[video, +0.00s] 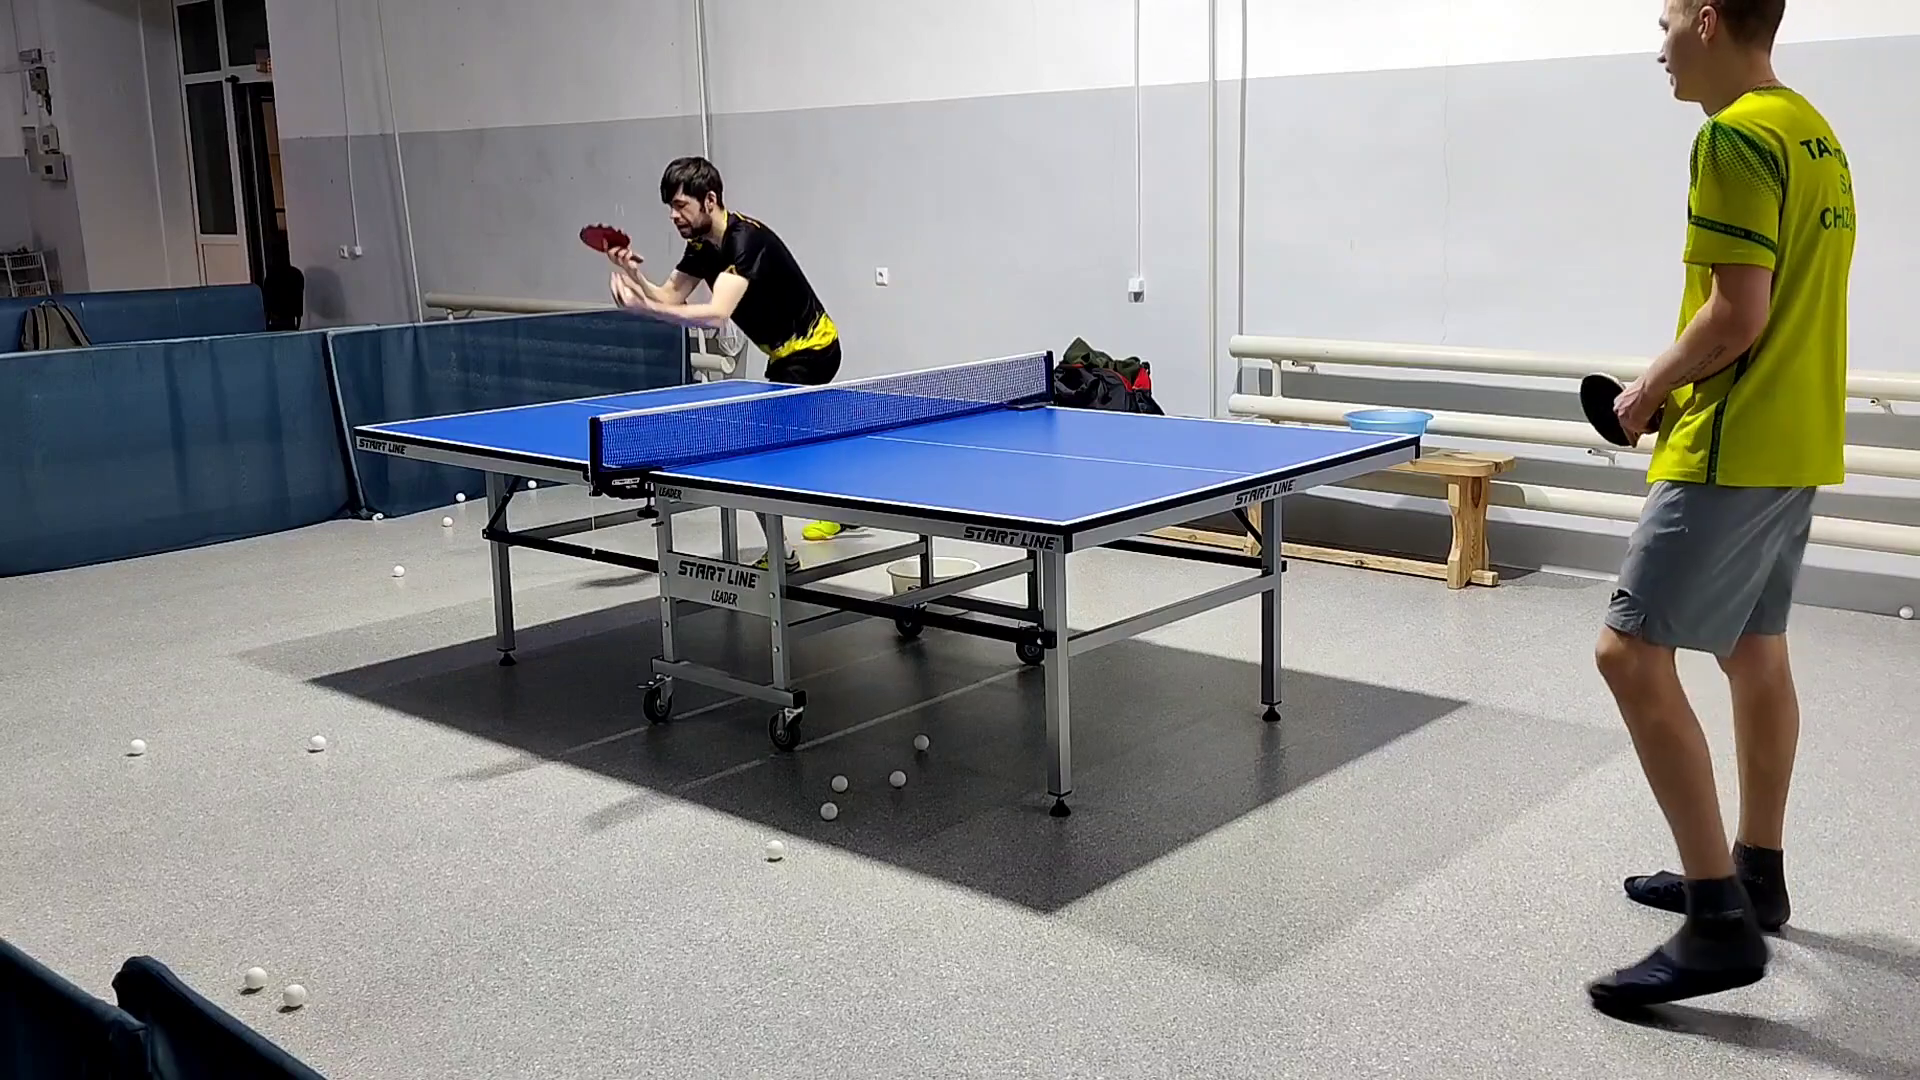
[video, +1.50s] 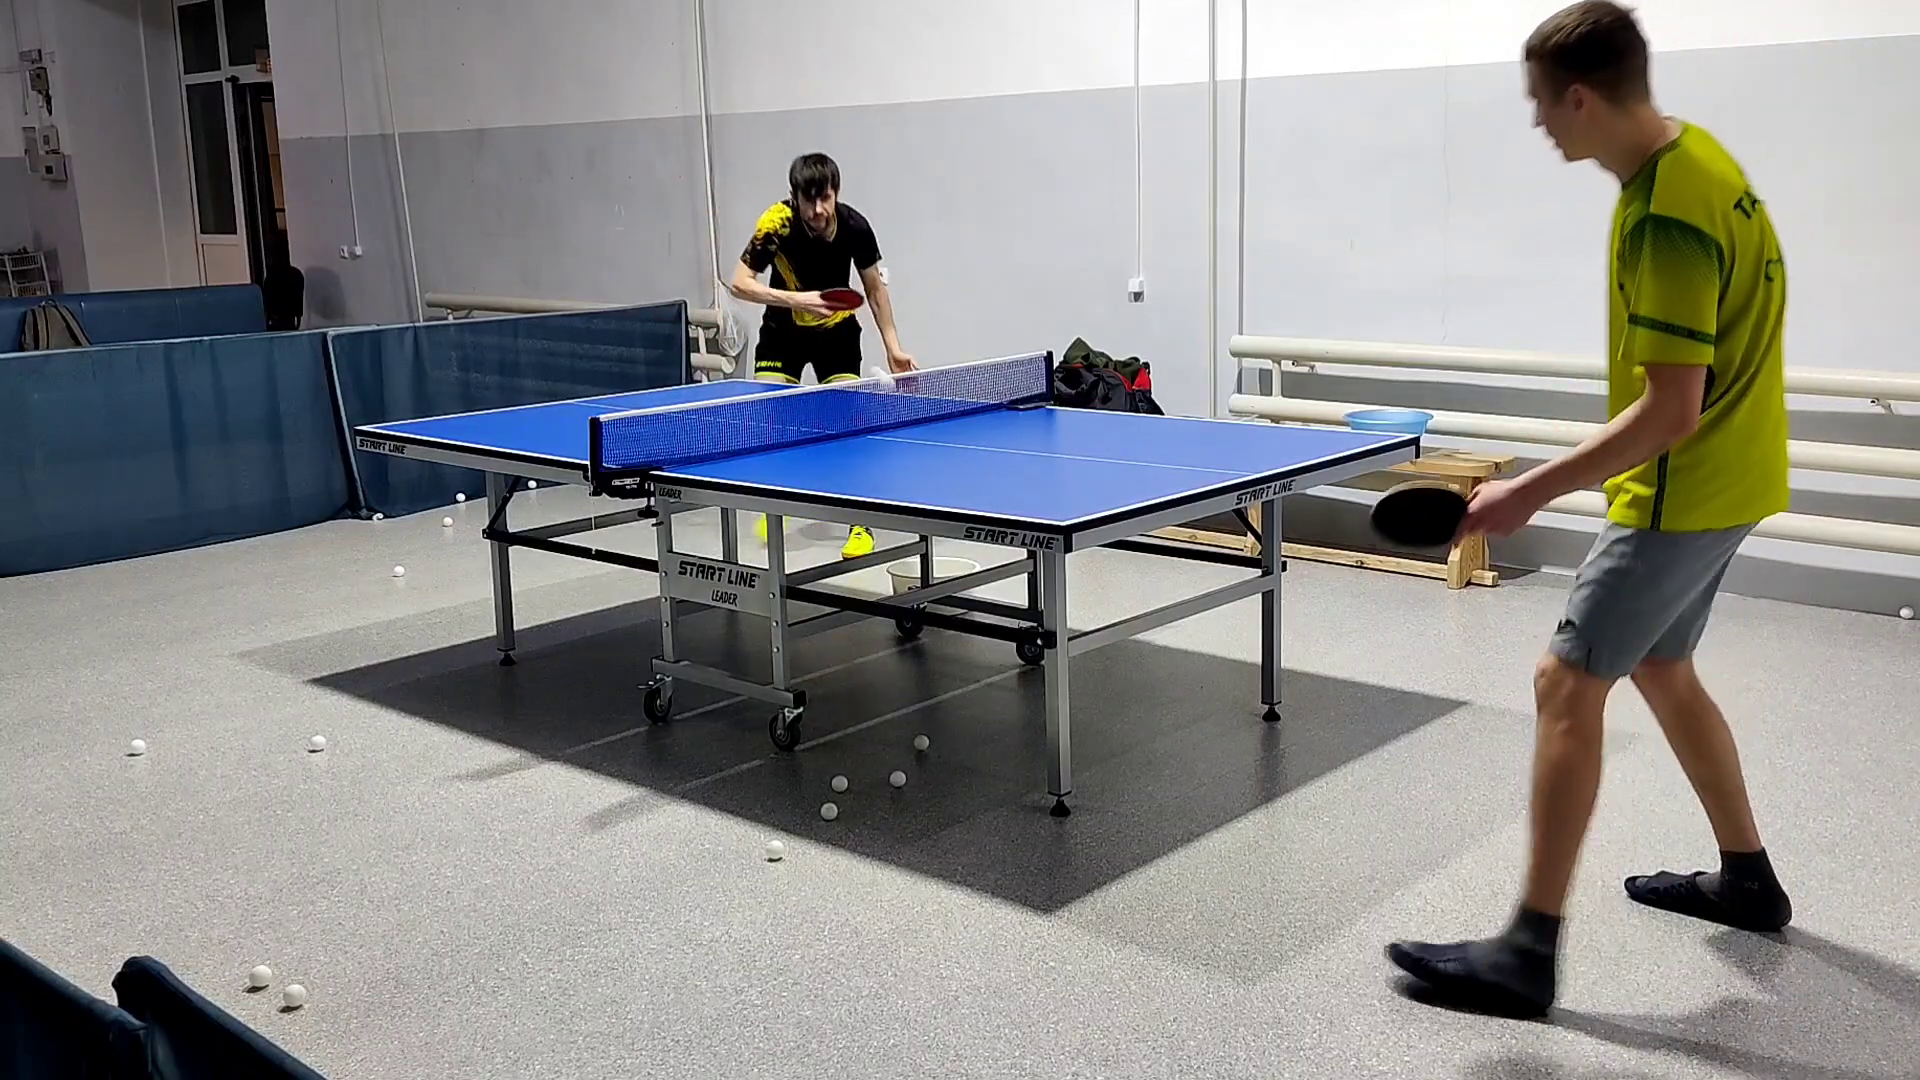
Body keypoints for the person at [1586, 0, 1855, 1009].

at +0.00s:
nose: (1660, 46)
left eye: (1667, 24)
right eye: (1661, 27)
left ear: (1710, 22)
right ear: (1753, 26)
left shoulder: (1733, 137)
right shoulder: (1811, 134)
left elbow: (1739, 312)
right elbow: (1793, 311)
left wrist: (1647, 388)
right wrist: (1678, 383)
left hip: (1729, 451)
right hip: (1793, 448)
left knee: (1632, 658)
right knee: (1755, 652)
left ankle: (1718, 923)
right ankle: (1756, 874)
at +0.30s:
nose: (1653, 41)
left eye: (1663, 20)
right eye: (1658, 21)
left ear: (1701, 21)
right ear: (1743, 29)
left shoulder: (1718, 139)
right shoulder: (1802, 135)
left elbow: (1708, 320)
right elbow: (1776, 307)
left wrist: (1622, 379)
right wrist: (1662, 368)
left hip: (1707, 454)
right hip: (1771, 449)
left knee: (1669, 678)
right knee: (1729, 652)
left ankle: (1703, 955)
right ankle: (1750, 869)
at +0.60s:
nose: (1642, 37)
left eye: (1648, 17)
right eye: (1645, 19)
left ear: (1684, 21)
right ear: (1740, 26)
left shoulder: (1691, 142)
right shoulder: (1796, 132)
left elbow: (1665, 331)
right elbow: (1765, 304)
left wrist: (1603, 371)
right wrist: (1638, 358)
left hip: (1696, 462)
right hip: (1770, 454)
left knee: (1687, 689)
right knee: (1709, 663)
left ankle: (1707, 960)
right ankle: (1746, 869)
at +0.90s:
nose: (1609, 67)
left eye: (1608, 46)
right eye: (1608, 47)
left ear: (1636, 37)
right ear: (1709, 31)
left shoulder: (1653, 158)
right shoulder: (1783, 123)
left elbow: (1640, 338)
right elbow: (1763, 282)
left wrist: (1595, 393)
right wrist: (1638, 362)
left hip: (1700, 472)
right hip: (1795, 460)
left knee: (1706, 706)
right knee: (1740, 678)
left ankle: (1709, 965)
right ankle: (1749, 875)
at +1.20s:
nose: (1581, 84)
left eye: (1581, 62)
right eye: (1579, 63)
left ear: (1615, 57)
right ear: (1678, 44)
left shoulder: (1646, 178)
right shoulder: (1765, 128)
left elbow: (1636, 364)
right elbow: (1761, 306)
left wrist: (1559, 438)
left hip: (1704, 478)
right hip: (1798, 460)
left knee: (1634, 682)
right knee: (1719, 654)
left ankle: (1700, 957)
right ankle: (1750, 872)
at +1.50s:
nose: (1544, 134)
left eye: (1546, 111)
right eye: (1539, 113)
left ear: (1592, 94)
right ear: (1617, 90)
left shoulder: (1674, 201)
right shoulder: (1691, 167)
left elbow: (1673, 408)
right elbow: (1704, 377)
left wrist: (1530, 490)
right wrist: (1637, 469)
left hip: (1682, 495)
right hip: (1715, 483)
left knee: (1567, 683)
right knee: (1661, 670)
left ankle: (1527, 949)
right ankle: (1747, 877)